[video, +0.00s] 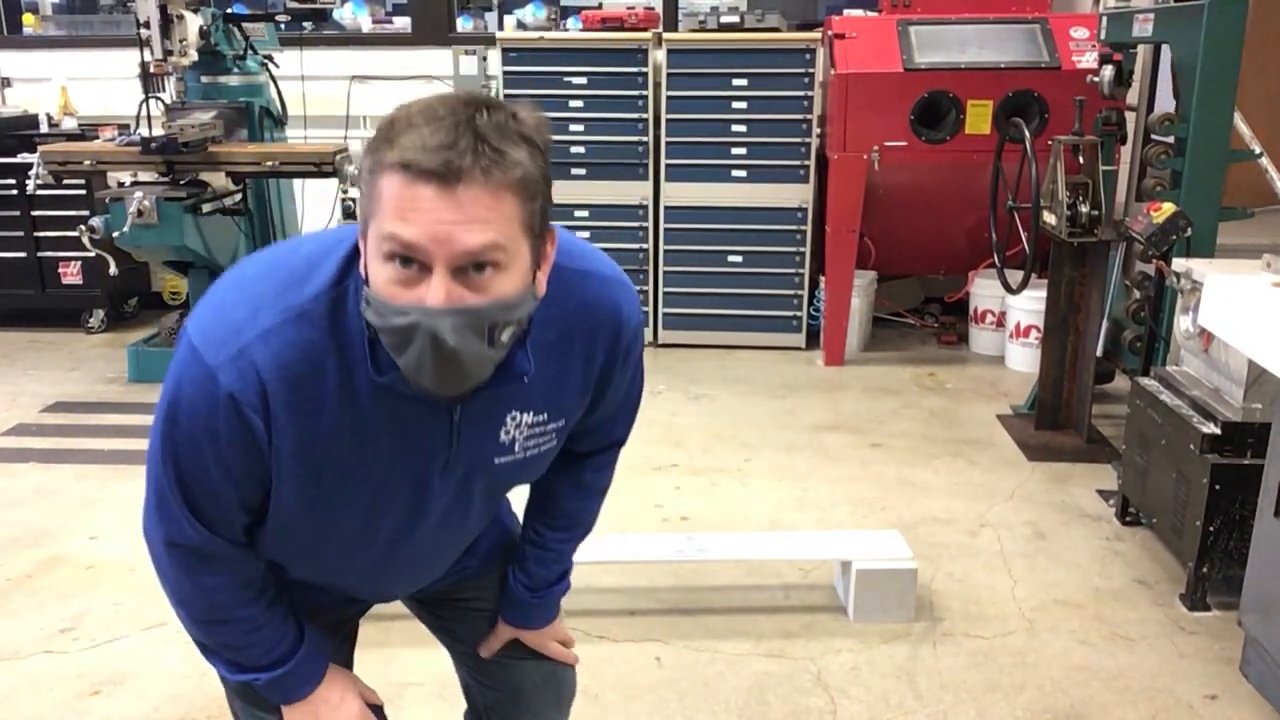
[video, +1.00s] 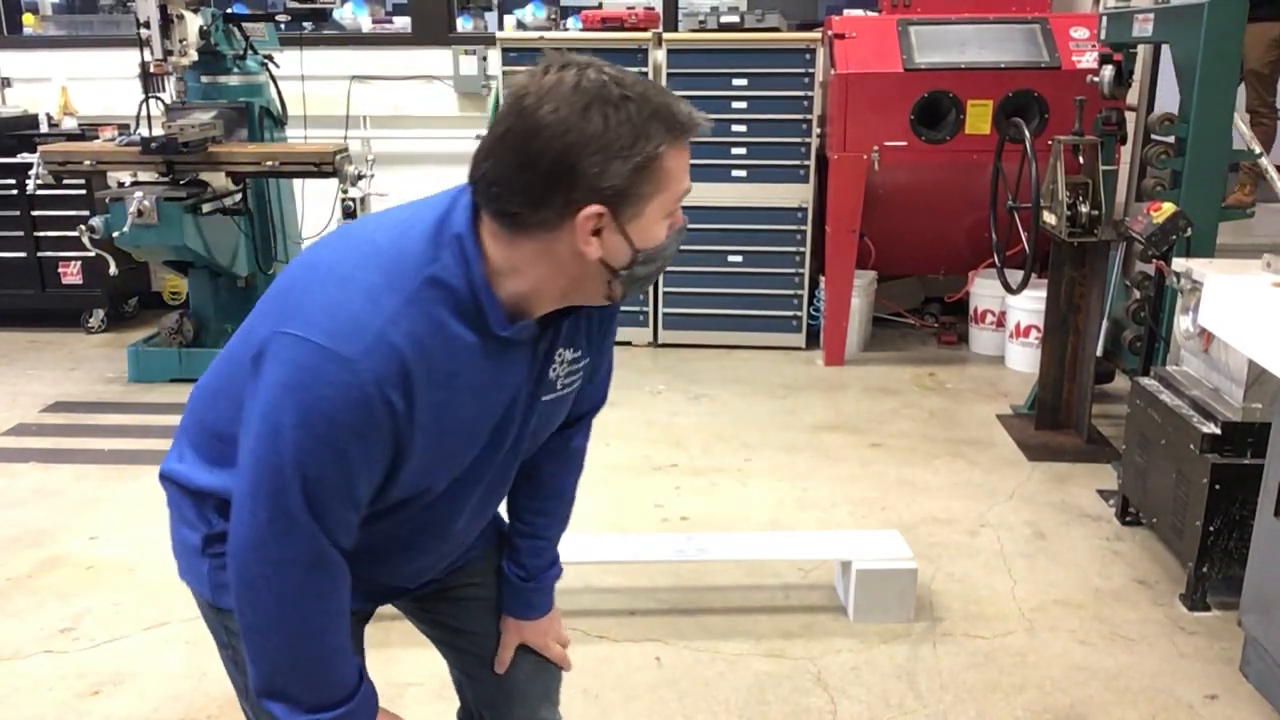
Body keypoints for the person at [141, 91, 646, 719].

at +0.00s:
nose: (437, 304)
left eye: (476, 268)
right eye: (406, 263)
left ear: (542, 258)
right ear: (363, 248)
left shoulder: (595, 315)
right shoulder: (239, 355)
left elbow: (582, 463)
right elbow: (192, 544)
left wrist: (532, 594)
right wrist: (297, 678)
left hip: (458, 531)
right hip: (294, 555)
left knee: (537, 690)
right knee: (283, 706)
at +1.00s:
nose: (680, 222)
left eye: (678, 205)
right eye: (671, 209)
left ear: (592, 230)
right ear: (594, 231)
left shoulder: (583, 287)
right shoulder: (343, 350)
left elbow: (557, 442)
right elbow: (279, 568)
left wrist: (529, 589)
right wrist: (341, 708)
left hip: (431, 506)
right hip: (271, 534)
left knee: (524, 690)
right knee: (309, 708)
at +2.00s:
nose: (614, 262)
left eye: (639, 229)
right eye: (580, 230)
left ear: (664, 217)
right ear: (508, 212)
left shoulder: (627, 287)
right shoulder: (389, 354)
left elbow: (574, 446)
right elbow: (305, 565)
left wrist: (530, 582)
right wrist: (354, 699)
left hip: (433, 484)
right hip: (269, 512)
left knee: (516, 687)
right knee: (313, 700)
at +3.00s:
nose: (416, 15)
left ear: (480, 9)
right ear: (327, 10)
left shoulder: (542, 116)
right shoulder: (222, 159)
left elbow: (586, 330)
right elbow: (184, 434)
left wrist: (616, 517)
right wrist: (254, 665)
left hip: (463, 519)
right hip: (297, 538)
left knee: (510, 704)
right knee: (314, 709)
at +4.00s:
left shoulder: (639, 37)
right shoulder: (373, 59)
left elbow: (797, 46)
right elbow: (344, 310)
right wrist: (472, 493)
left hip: (599, 498)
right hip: (438, 515)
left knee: (563, 708)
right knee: (457, 710)